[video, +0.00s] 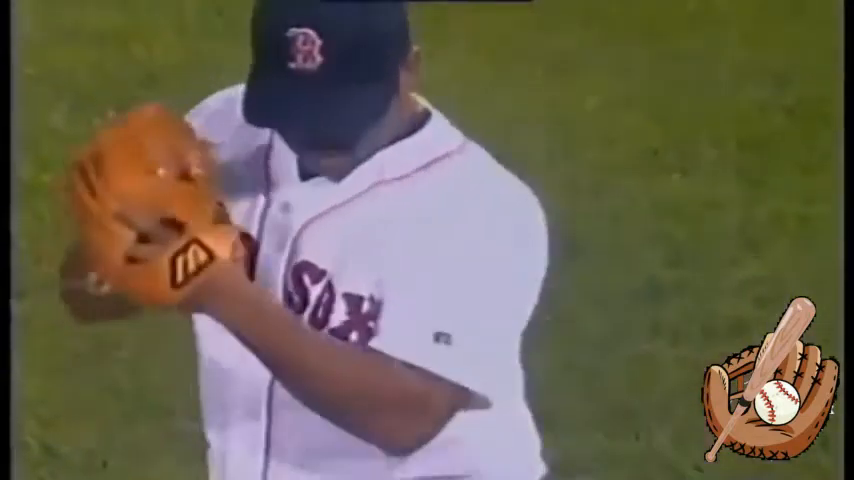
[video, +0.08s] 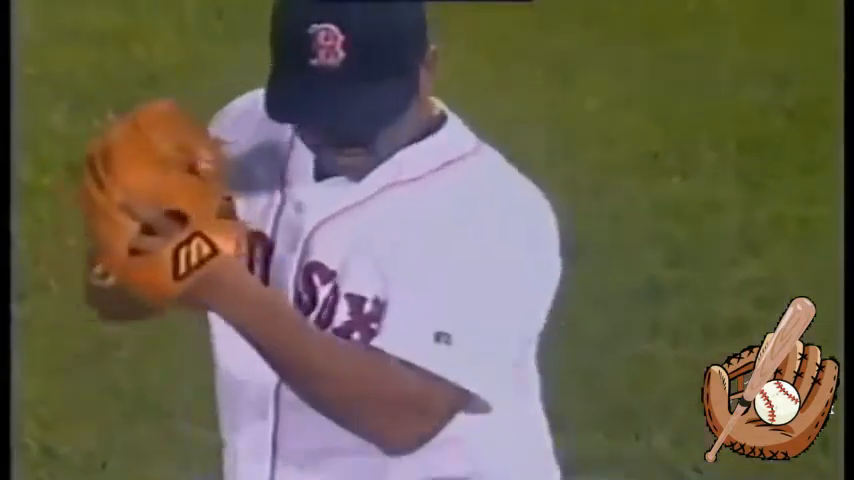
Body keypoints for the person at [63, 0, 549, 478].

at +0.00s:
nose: (320, 153)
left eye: (343, 131)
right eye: (297, 128)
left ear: (408, 71)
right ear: (268, 84)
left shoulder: (488, 210)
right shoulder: (227, 128)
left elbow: (404, 420)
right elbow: (87, 298)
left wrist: (222, 292)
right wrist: (129, 220)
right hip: (252, 464)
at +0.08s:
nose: (337, 139)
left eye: (365, 119)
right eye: (315, 116)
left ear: (427, 71)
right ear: (282, 86)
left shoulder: (499, 213)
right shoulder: (245, 133)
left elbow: (401, 418)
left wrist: (225, 286)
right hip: (262, 468)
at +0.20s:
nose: (401, 132)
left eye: (424, 106)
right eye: (370, 110)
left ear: (454, 81)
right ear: (320, 93)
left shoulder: (519, 223)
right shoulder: (290, 144)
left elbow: (416, 429)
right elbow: (179, 319)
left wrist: (234, 297)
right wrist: (170, 244)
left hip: (466, 470)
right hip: (298, 462)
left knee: (186, 464)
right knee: (182, 464)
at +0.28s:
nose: (434, 136)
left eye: (456, 108)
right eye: (402, 118)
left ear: (484, 91)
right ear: (349, 104)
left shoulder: (538, 240)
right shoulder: (314, 164)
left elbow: (442, 445)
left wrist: (254, 330)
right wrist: (198, 274)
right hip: (341, 466)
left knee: (190, 457)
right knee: (181, 455)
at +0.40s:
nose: (462, 157)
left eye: (482, 132)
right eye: (431, 136)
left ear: (508, 117)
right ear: (362, 128)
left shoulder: (562, 270)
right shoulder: (340, 205)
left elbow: (521, 462)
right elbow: (304, 353)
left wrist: (311, 428)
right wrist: (242, 372)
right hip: (347, 468)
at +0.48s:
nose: (455, 187)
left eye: (473, 160)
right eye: (423, 166)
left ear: (496, 145)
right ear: (353, 156)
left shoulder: (559, 304)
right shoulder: (331, 240)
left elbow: (566, 466)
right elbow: (312, 412)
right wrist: (254, 458)